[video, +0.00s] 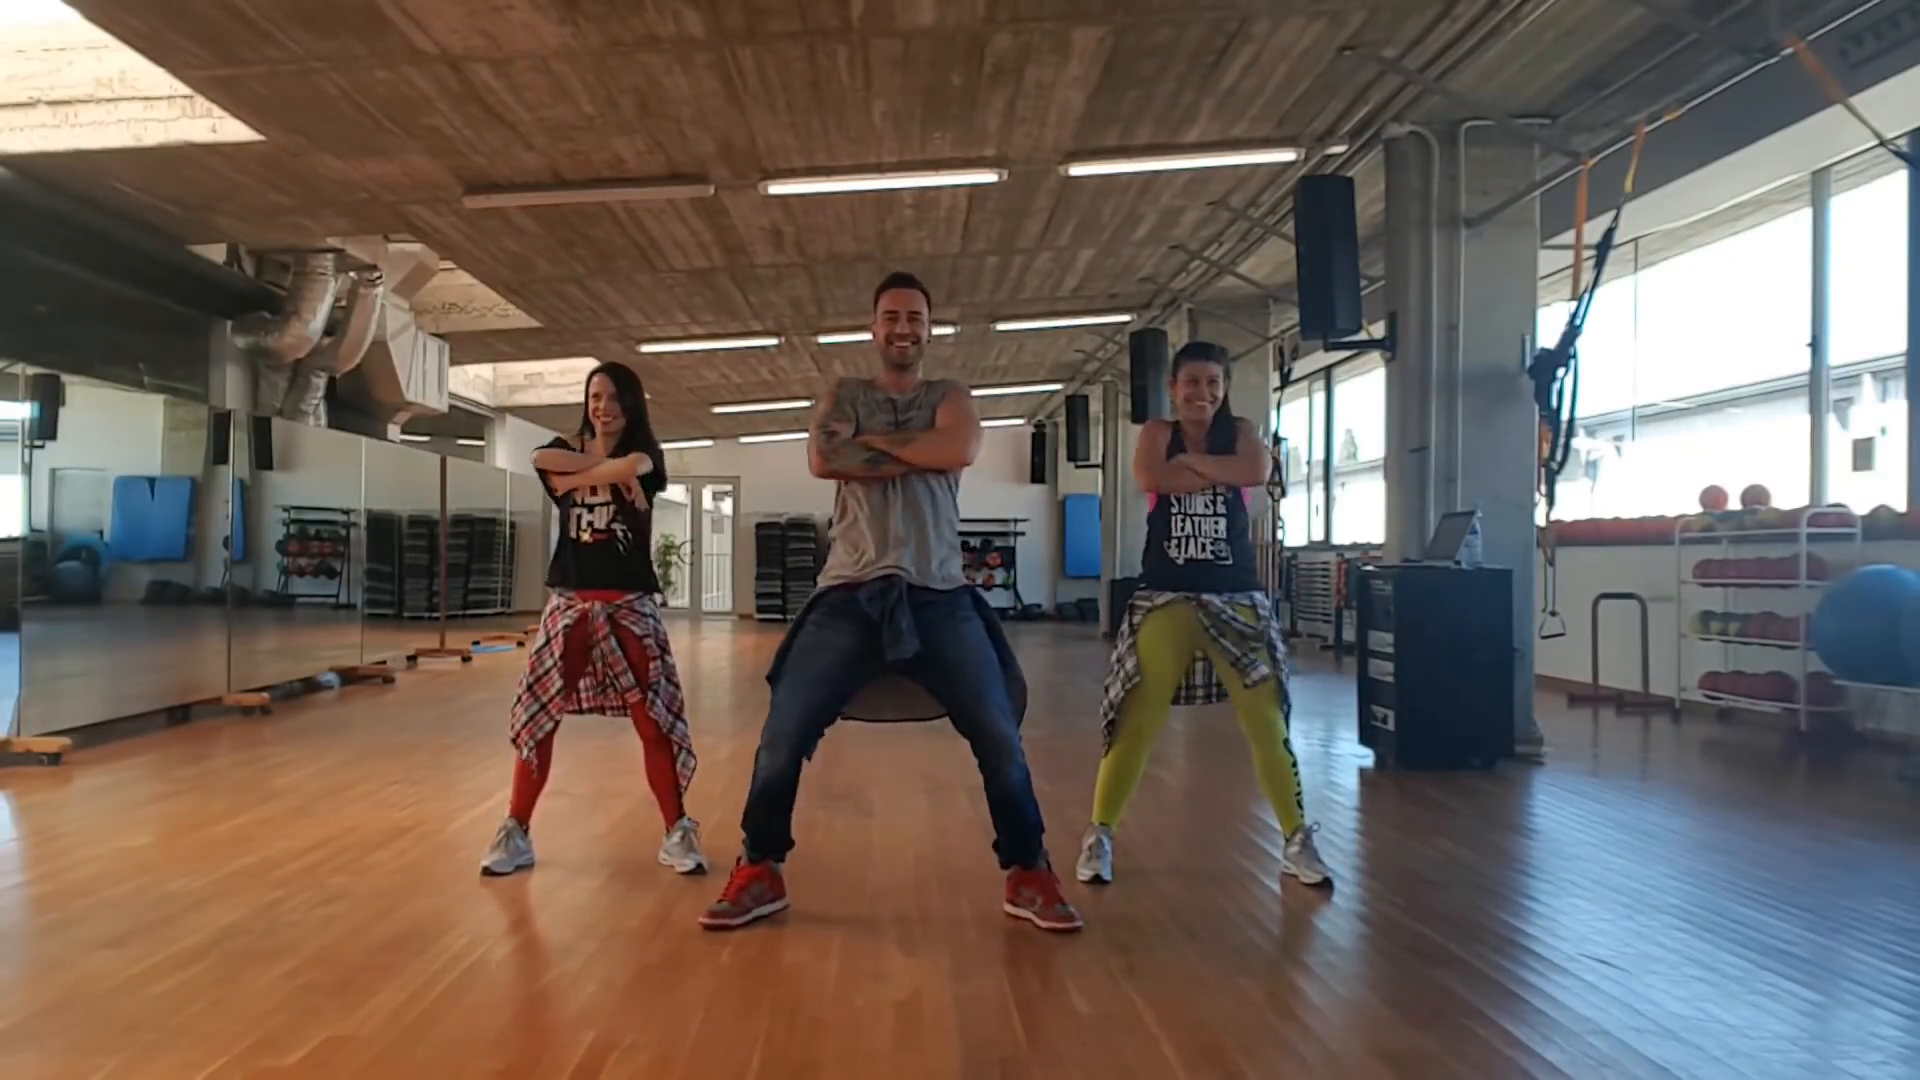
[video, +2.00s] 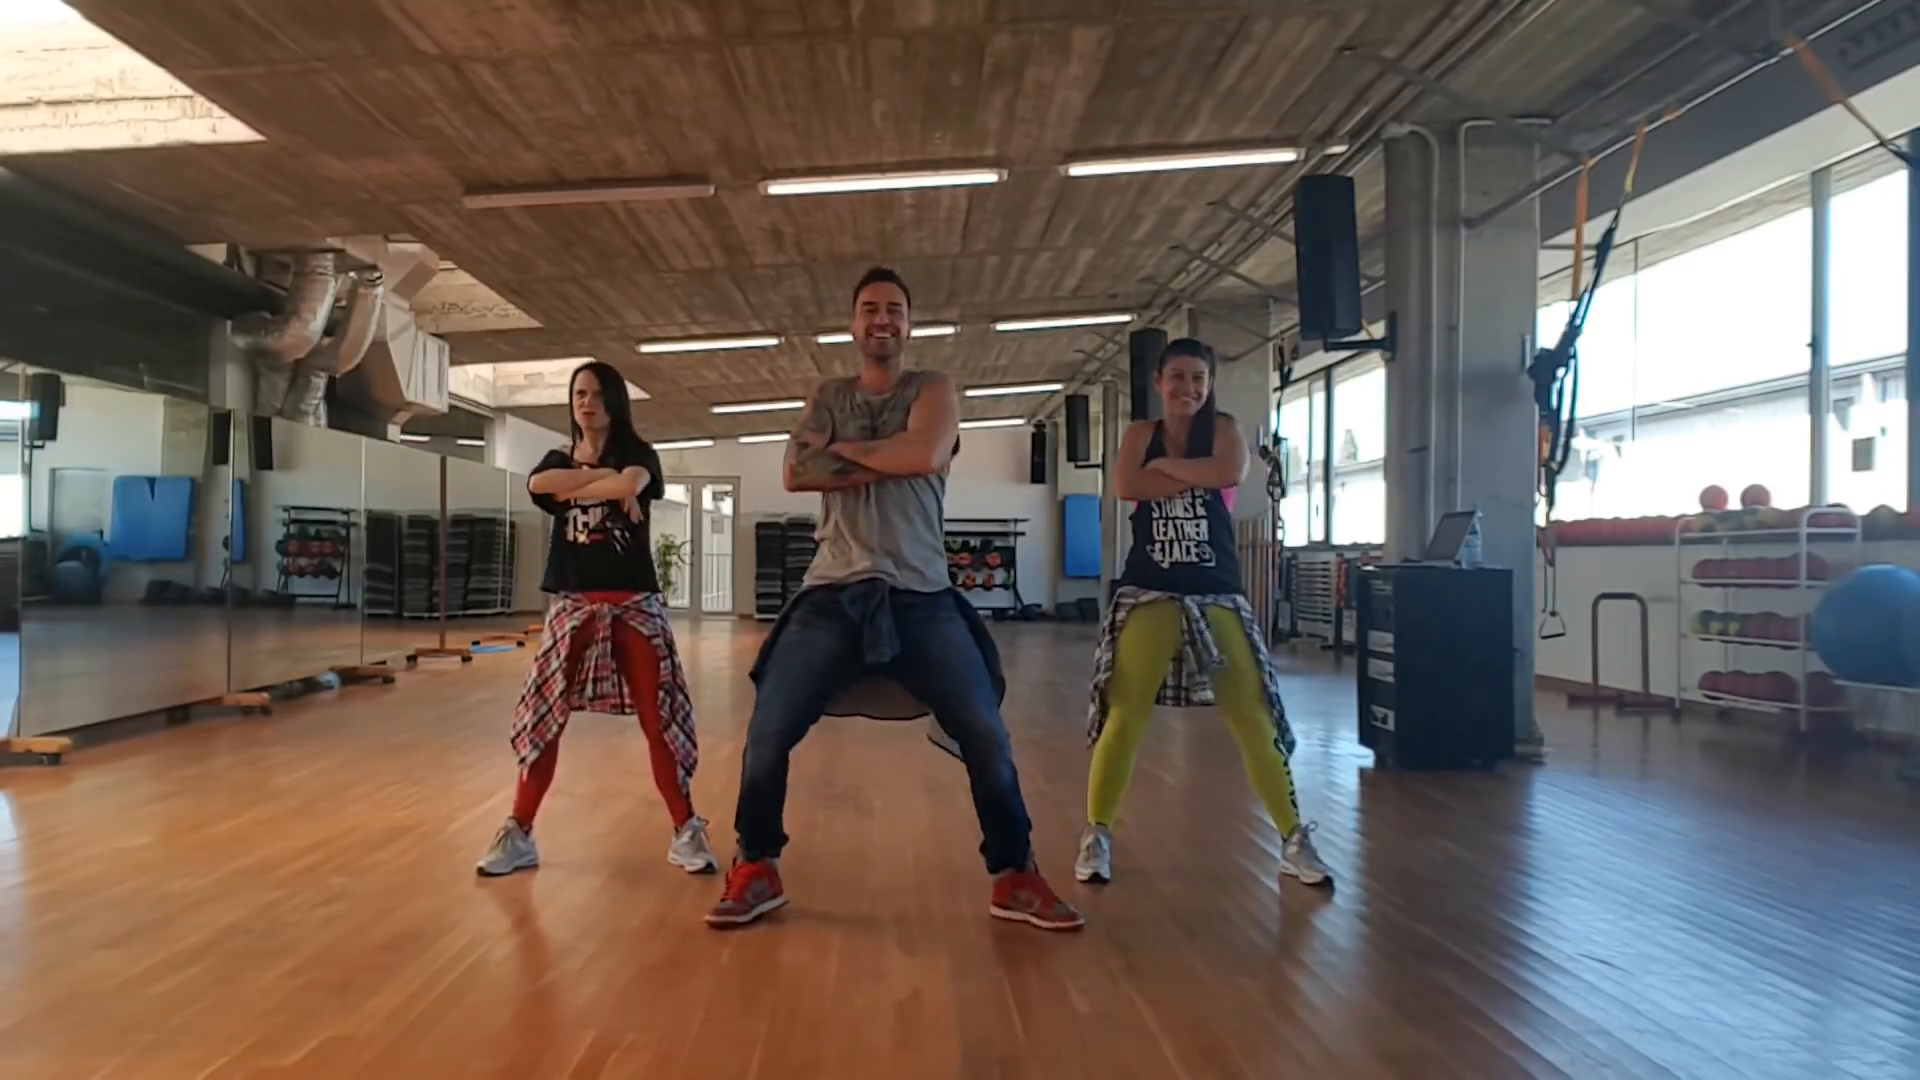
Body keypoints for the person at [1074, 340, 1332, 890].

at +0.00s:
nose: (1201, 392)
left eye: (1211, 383)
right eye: (1191, 382)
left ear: (1224, 388)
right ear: (1173, 387)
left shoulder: (1242, 431)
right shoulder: (1156, 432)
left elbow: (1256, 473)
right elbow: (1149, 477)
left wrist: (1188, 460)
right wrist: (1224, 470)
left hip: (1237, 598)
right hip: (1165, 598)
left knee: (1266, 721)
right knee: (1141, 718)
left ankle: (1297, 841)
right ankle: (1099, 837)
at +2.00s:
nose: (1186, 386)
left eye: (1196, 377)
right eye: (1177, 376)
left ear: (1209, 385)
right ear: (1158, 382)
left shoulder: (1222, 428)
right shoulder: (1140, 434)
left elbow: (1228, 473)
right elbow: (1125, 487)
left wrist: (1159, 466)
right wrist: (1193, 474)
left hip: (1216, 592)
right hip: (1148, 591)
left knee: (1253, 719)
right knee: (1125, 717)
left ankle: (1294, 841)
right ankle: (1096, 837)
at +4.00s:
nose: (1197, 374)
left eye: (1206, 367)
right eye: (1186, 366)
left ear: (1220, 379)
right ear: (1170, 379)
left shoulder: (1236, 426)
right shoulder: (1153, 429)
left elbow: (1257, 464)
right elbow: (1141, 478)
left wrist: (1181, 462)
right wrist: (1220, 476)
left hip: (1233, 591)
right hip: (1164, 591)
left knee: (1264, 714)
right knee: (1138, 717)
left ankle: (1297, 841)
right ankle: (1098, 838)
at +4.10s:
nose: (1192, 372)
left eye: (1202, 364)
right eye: (1182, 364)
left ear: (1216, 377)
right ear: (1164, 377)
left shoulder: (1235, 426)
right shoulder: (1146, 429)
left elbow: (1270, 454)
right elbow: (1108, 475)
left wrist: (1203, 431)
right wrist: (1165, 460)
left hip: (1227, 591)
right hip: (1157, 591)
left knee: (1260, 714)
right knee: (1134, 715)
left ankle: (1297, 840)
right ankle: (1098, 838)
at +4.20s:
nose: (1193, 371)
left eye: (1202, 362)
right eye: (1182, 362)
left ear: (1216, 377)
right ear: (1164, 376)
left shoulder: (1232, 428)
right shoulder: (1146, 430)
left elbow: (1287, 444)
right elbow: (1094, 461)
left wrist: (1241, 387)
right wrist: (1145, 410)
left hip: (1226, 592)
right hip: (1157, 592)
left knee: (1258, 712)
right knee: (1132, 714)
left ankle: (1295, 840)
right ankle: (1098, 838)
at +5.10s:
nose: (1141, 382)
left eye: (1151, 373)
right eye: (1131, 372)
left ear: (1168, 386)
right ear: (1116, 382)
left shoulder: (1181, 445)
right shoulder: (1097, 437)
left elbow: (1256, 451)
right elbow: (1065, 450)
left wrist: (1245, 386)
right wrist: (1101, 392)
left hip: (1164, 600)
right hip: (1095, 600)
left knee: (1219, 710)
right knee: (1085, 729)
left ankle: (1248, 827)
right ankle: (1076, 837)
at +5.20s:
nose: (1132, 375)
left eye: (1143, 367)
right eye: (1123, 366)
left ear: (1158, 378)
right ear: (1107, 375)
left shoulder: (1173, 437)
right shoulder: (1085, 430)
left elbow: (1248, 442)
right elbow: (1029, 444)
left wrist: (1231, 380)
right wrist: (1054, 381)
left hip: (1156, 595)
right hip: (1087, 594)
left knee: (1201, 703)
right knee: (1086, 722)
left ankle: (1177, 813)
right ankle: (1076, 836)